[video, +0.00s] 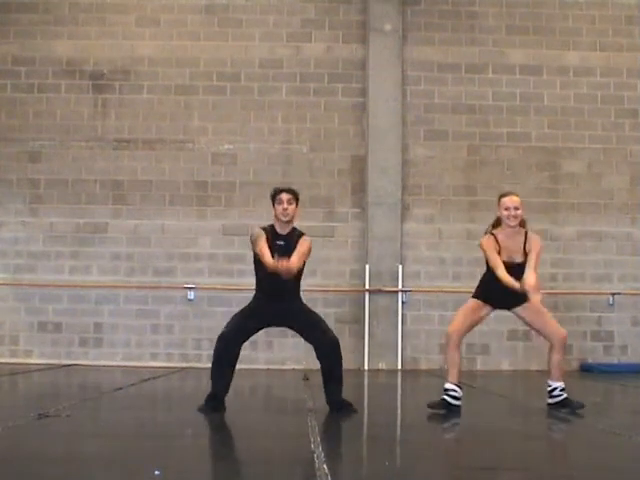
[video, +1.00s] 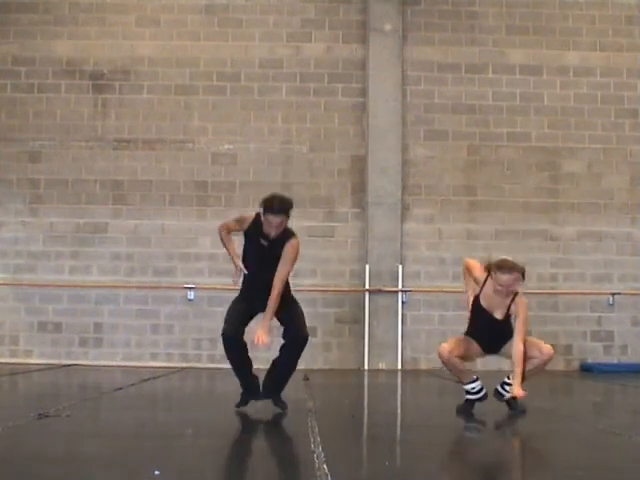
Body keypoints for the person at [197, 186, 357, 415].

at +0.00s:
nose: (285, 207)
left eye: (289, 203)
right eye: (280, 203)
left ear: (297, 208)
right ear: (273, 208)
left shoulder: (303, 240)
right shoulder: (260, 234)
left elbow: (294, 266)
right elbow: (267, 261)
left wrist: (281, 266)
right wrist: (282, 266)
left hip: (293, 309)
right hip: (261, 308)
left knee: (329, 343)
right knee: (228, 339)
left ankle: (335, 400)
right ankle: (216, 398)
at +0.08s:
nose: (284, 225)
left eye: (289, 221)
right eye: (279, 221)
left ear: (295, 227)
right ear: (272, 227)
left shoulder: (303, 260)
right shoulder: (258, 253)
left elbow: (290, 291)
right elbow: (266, 284)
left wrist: (278, 318)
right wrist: (278, 316)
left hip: (294, 321)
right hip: (261, 320)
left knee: (334, 347)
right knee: (224, 345)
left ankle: (336, 401)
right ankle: (213, 402)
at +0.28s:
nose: (285, 218)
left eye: (289, 214)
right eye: (279, 214)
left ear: (296, 219)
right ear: (272, 218)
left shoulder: (303, 249)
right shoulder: (257, 244)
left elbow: (290, 288)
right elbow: (262, 285)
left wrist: (281, 324)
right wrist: (269, 321)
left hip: (293, 312)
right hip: (260, 312)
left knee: (331, 349)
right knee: (225, 347)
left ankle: (336, 404)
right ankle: (214, 403)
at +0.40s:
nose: (285, 194)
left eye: (290, 189)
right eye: (280, 188)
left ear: (297, 187)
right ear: (273, 185)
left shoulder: (303, 207)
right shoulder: (259, 202)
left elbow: (290, 247)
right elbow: (259, 243)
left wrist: (277, 283)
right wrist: (265, 280)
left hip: (289, 280)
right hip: (259, 279)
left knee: (310, 340)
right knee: (238, 339)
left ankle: (331, 398)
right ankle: (218, 398)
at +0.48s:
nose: (284, 183)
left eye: (289, 178)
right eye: (279, 177)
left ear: (296, 174)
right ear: (272, 172)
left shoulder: (301, 191)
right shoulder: (260, 185)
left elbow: (289, 231)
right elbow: (255, 222)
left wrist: (273, 265)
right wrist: (261, 259)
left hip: (286, 264)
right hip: (259, 262)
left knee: (295, 330)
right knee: (248, 330)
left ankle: (307, 392)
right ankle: (234, 392)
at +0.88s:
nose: (279, 190)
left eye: (284, 185)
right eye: (274, 185)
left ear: (290, 183)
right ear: (266, 180)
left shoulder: (295, 204)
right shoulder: (255, 193)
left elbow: (281, 246)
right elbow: (237, 225)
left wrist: (261, 281)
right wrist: (246, 260)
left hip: (279, 272)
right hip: (252, 270)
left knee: (284, 332)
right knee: (246, 331)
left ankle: (270, 390)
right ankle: (254, 393)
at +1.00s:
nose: (274, 230)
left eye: (279, 225)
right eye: (270, 224)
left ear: (287, 221)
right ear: (262, 217)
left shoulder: (290, 242)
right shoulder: (250, 222)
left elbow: (279, 285)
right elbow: (224, 229)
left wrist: (266, 323)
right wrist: (235, 259)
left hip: (279, 295)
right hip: (251, 293)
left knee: (299, 337)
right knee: (230, 334)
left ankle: (273, 388)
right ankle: (249, 387)